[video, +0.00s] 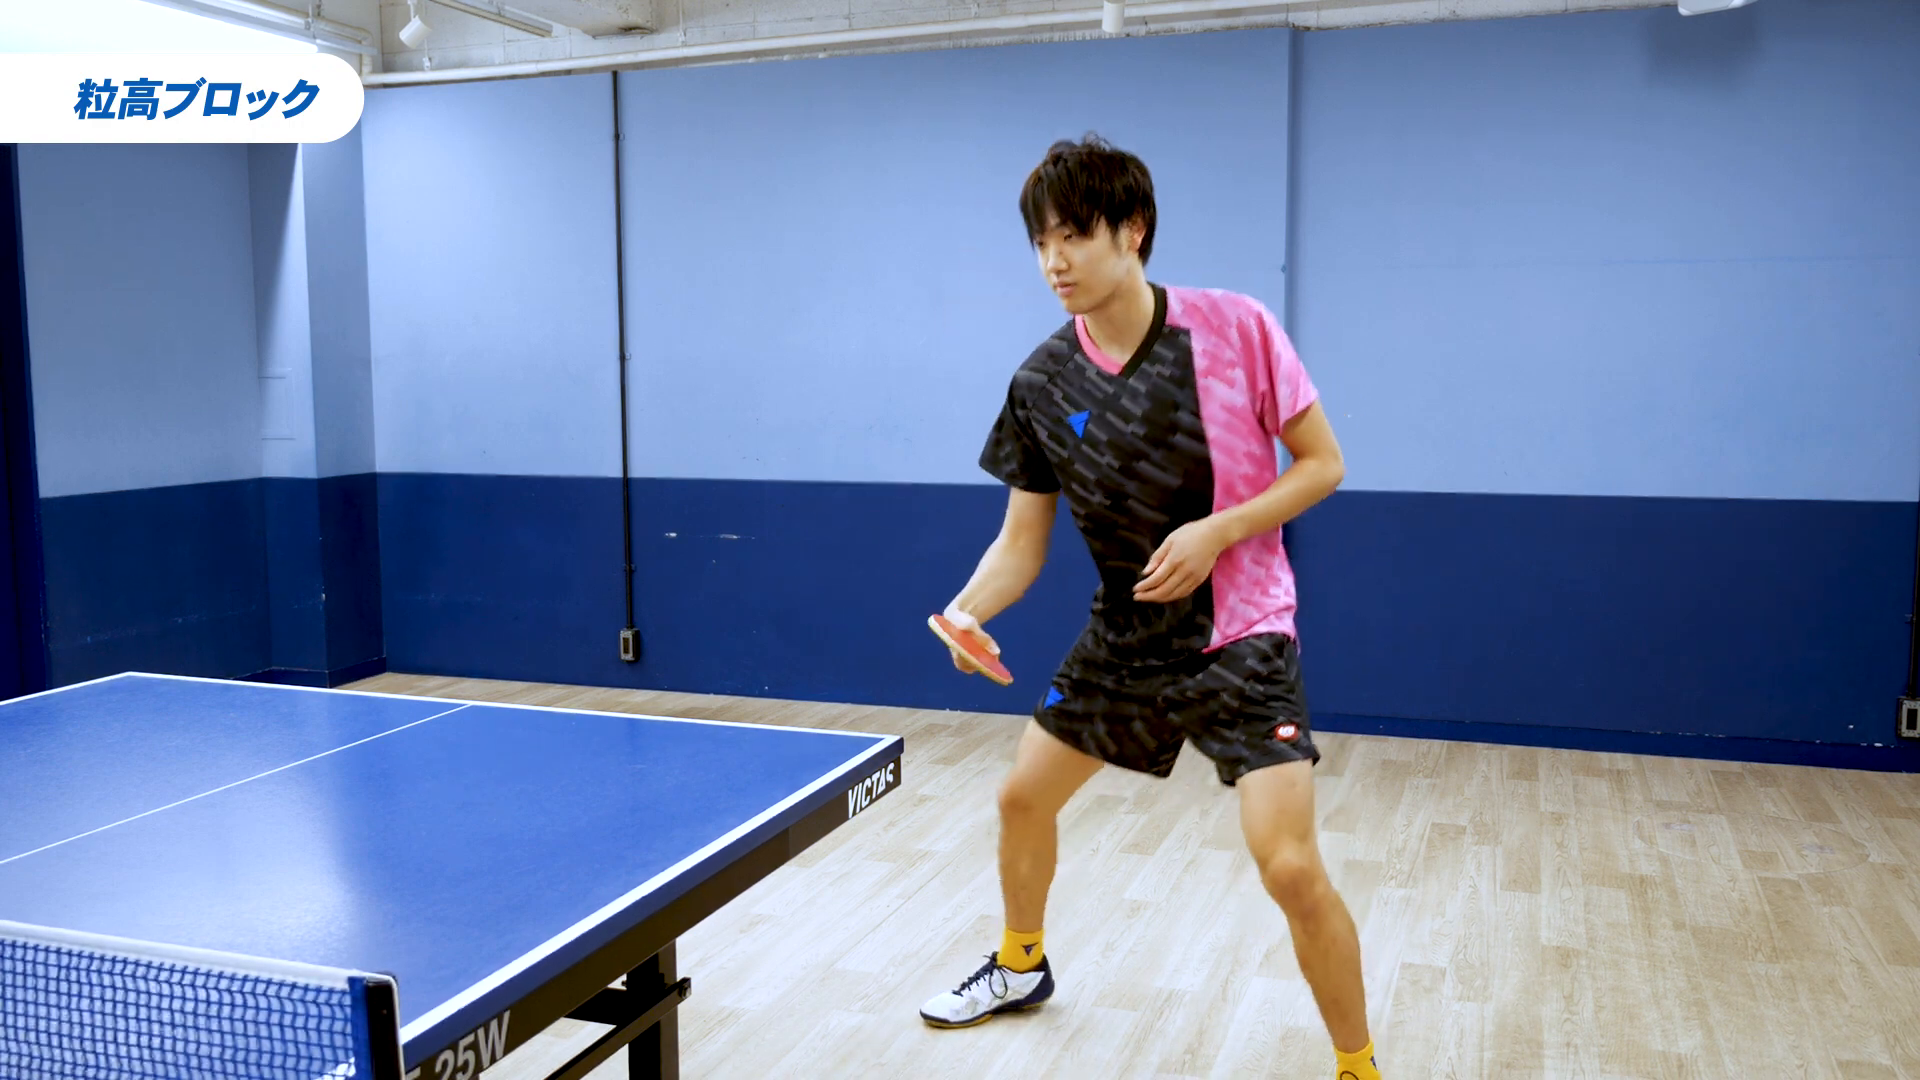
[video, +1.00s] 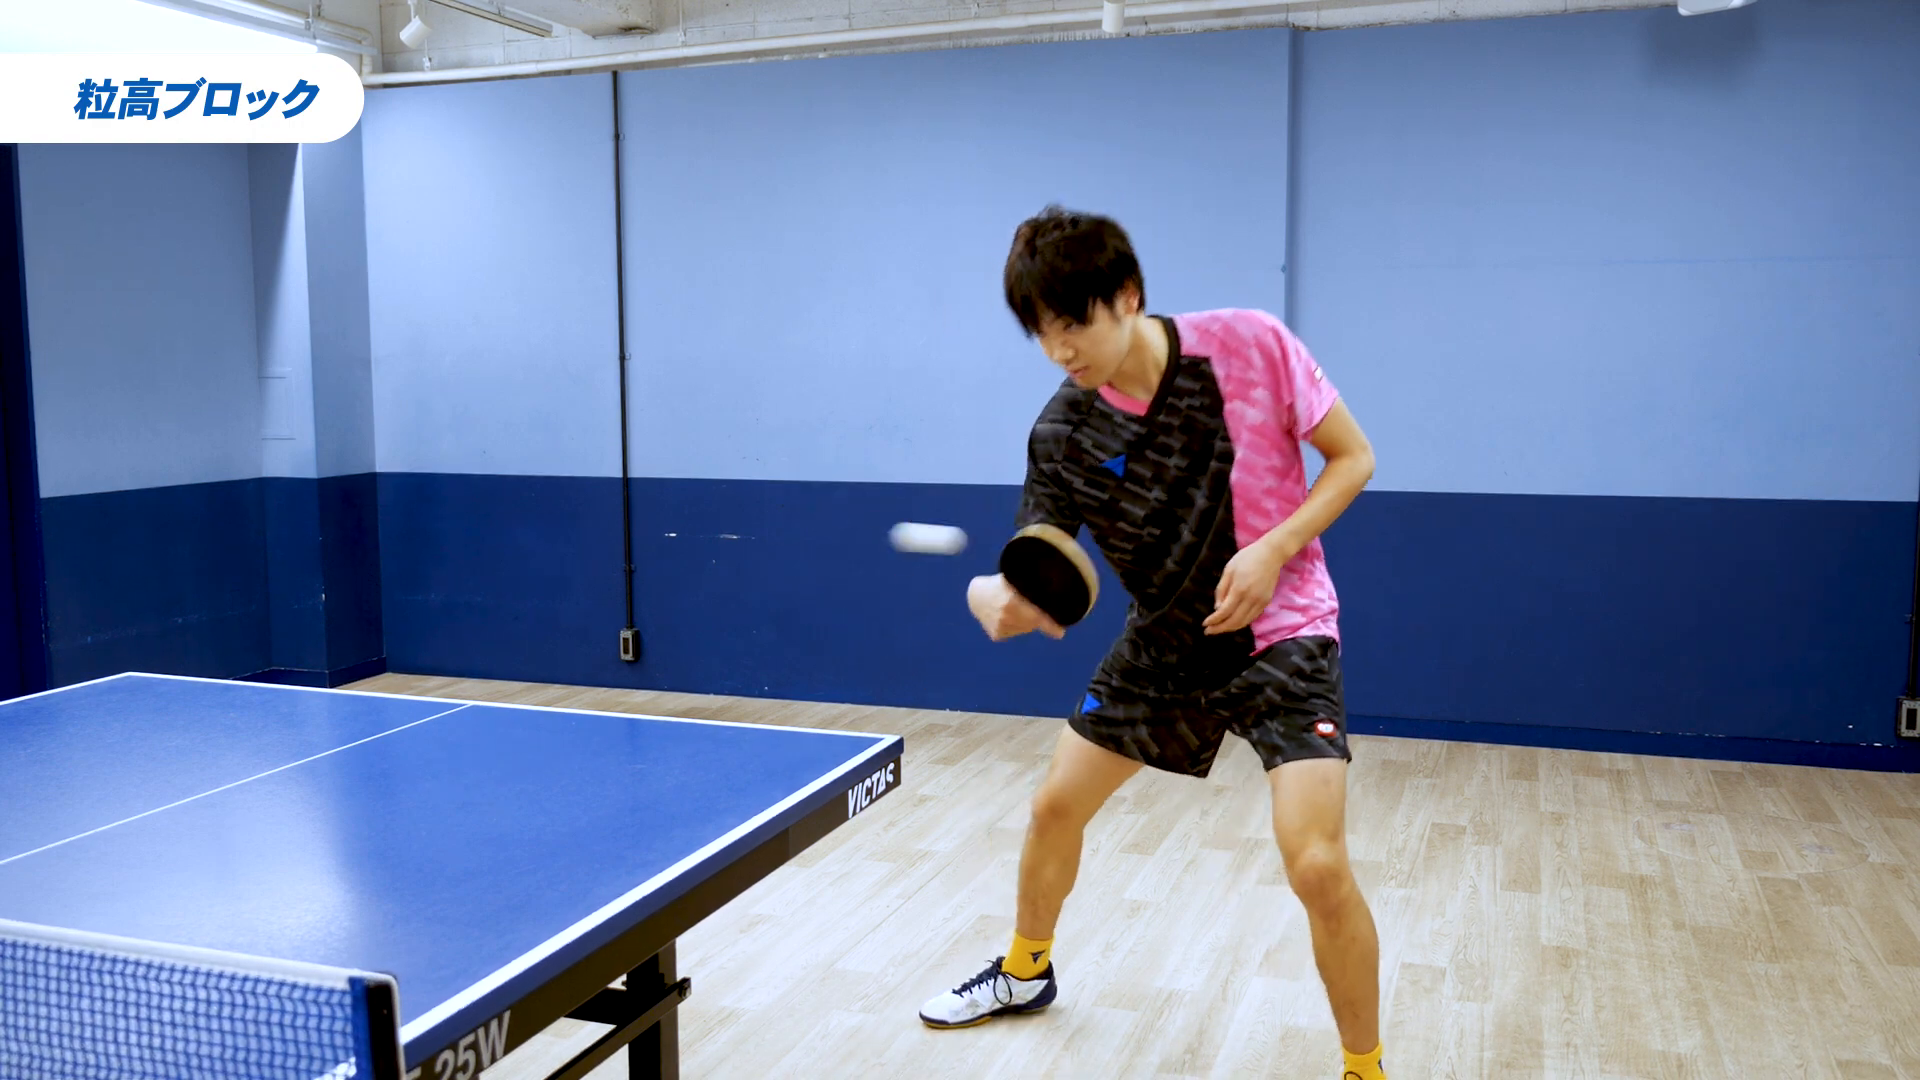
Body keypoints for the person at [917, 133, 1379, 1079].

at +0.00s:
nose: (1055, 258)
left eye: (1074, 235)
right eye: (1043, 240)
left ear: (1132, 233)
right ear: (1034, 249)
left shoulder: (1235, 327)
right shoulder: (1044, 381)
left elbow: (1323, 464)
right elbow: (1022, 536)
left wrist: (1219, 531)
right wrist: (967, 607)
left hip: (1242, 630)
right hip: (1127, 630)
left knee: (1291, 870)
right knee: (1024, 797)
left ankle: (1357, 1066)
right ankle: (1020, 964)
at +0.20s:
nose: (1026, 292)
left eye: (1046, 269)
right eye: (1015, 275)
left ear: (1104, 270)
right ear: (1010, 286)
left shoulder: (1196, 367)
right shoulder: (1035, 406)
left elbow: (1288, 506)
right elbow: (1037, 552)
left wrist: (1167, 572)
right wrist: (979, 625)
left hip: (1216, 658)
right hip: (1108, 657)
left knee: (1249, 883)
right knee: (987, 807)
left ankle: (1354, 1068)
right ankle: (1021, 971)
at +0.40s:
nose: (992, 275)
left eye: (1010, 252)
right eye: (981, 259)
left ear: (1067, 249)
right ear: (978, 267)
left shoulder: (1166, 338)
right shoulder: (1022, 386)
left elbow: (1260, 472)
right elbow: (1044, 523)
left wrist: (1132, 536)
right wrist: (992, 601)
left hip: (1214, 631)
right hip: (1110, 635)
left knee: (1258, 858)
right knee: (1014, 792)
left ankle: (1354, 1062)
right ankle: (1023, 970)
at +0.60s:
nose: (993, 336)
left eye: (1007, 310)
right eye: (980, 318)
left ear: (1065, 299)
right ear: (975, 326)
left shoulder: (1175, 379)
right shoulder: (1033, 427)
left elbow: (1275, 510)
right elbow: (1048, 552)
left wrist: (1151, 578)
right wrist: (991, 623)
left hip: (1234, 650)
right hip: (1130, 652)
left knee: (1259, 881)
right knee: (1005, 801)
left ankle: (1355, 1069)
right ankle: (1023, 971)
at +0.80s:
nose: (1016, 382)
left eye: (1028, 355)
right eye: (1000, 365)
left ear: (1083, 329)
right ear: (994, 363)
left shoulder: (1208, 387)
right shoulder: (1044, 450)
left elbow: (1319, 505)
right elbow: (1036, 578)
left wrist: (1213, 593)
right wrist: (1001, 604)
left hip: (1260, 650)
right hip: (1149, 656)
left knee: (1281, 884)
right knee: (1021, 813)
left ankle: (1358, 1069)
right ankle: (1024, 973)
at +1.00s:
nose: (1059, 352)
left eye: (1072, 326)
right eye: (1041, 335)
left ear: (1128, 299)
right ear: (1028, 333)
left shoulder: (1251, 345)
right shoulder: (1064, 436)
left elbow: (1352, 457)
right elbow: (1047, 580)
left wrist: (1274, 550)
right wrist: (1009, 602)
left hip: (1284, 630)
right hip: (1163, 637)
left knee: (1316, 866)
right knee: (1055, 807)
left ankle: (1363, 1067)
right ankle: (1025, 970)